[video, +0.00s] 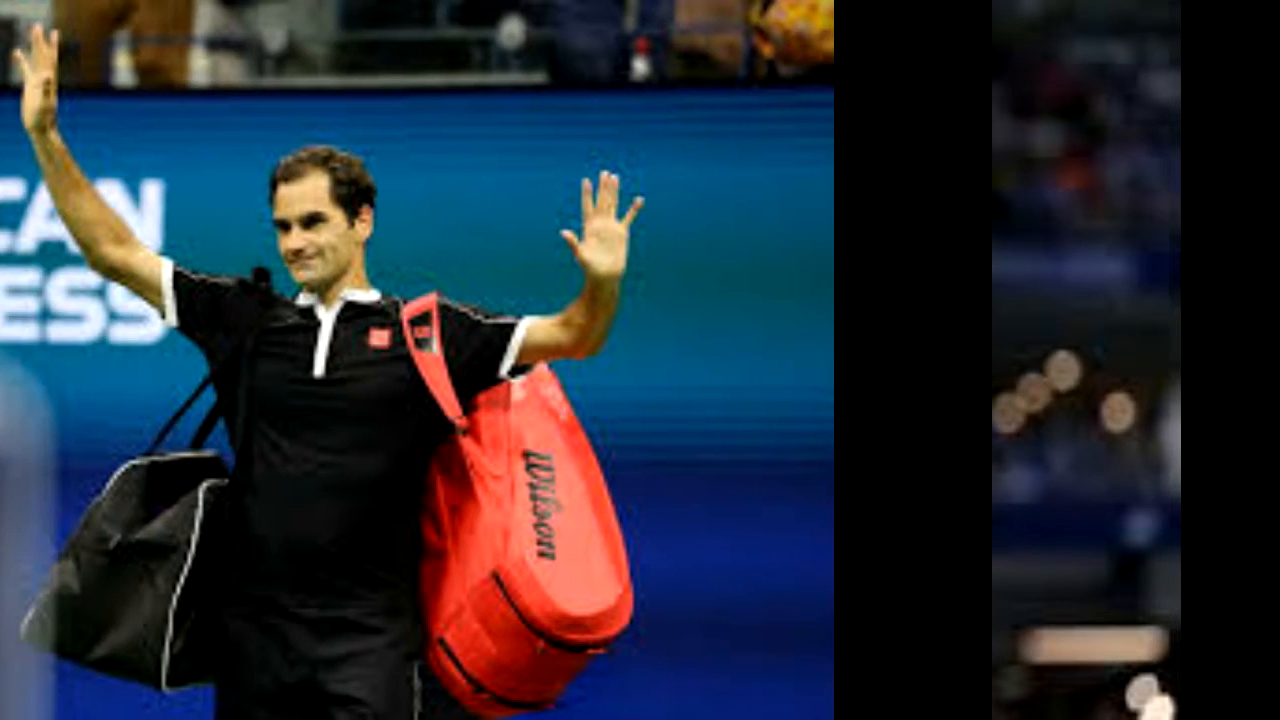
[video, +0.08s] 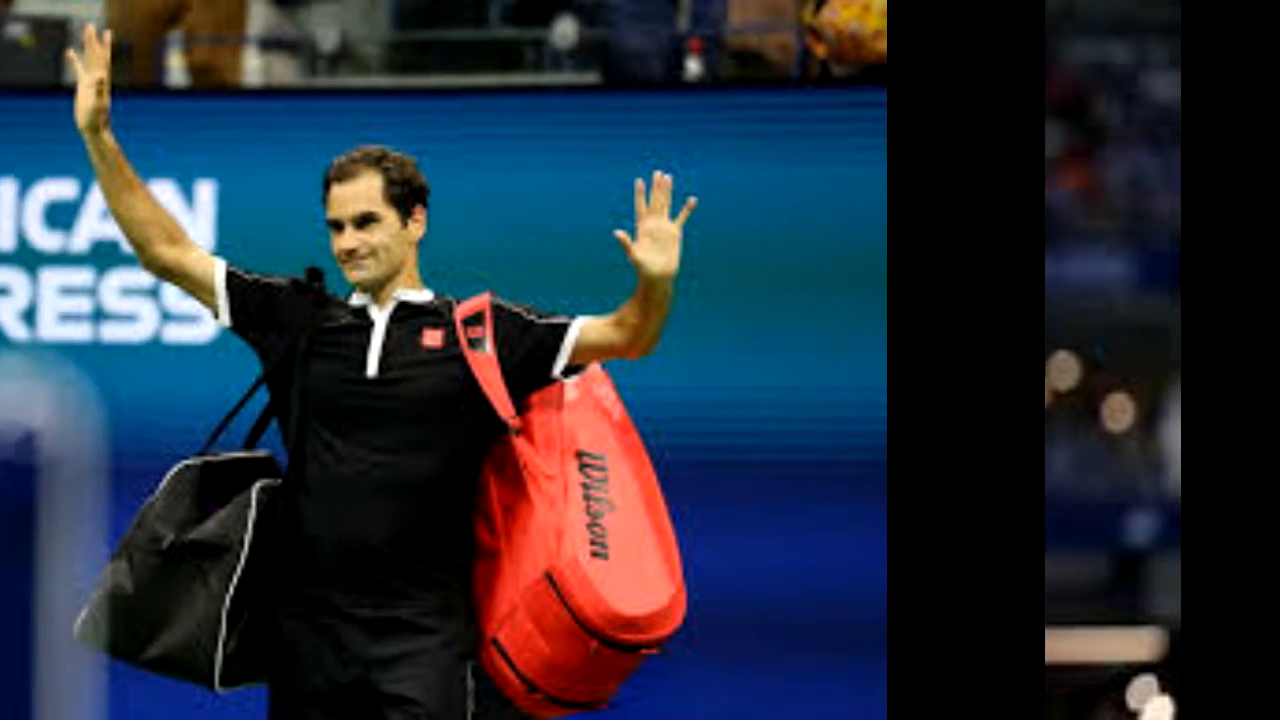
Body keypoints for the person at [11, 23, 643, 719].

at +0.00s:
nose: (294, 241)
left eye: (312, 224)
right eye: (283, 228)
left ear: (360, 224)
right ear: (273, 235)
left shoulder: (429, 329)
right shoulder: (242, 317)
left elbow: (574, 336)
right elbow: (111, 251)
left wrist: (603, 284)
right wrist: (42, 133)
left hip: (370, 626)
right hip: (256, 624)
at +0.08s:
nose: (347, 242)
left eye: (365, 224)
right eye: (336, 228)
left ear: (413, 225)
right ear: (327, 235)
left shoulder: (482, 329)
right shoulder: (295, 317)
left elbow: (628, 336)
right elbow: (164, 251)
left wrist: (656, 284)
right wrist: (95, 133)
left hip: (424, 627)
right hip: (310, 624)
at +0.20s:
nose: (425, 242)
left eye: (443, 224)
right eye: (414, 228)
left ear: (491, 225)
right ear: (404, 235)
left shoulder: (559, 329)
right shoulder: (372, 317)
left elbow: (705, 336)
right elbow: (242, 251)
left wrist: (734, 284)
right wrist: (173, 133)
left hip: (502, 628)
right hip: (387, 625)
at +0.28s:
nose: (477, 242)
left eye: (495, 224)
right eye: (466, 228)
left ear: (543, 225)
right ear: (456, 235)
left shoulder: (611, 329)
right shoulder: (424, 317)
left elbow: (757, 336)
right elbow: (294, 251)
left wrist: (786, 284)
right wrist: (225, 133)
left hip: (553, 628)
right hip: (439, 625)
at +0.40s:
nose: (555, 242)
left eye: (573, 224)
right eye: (544, 228)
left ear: (621, 225)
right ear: (534, 235)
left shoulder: (690, 329)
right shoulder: (503, 317)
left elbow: (835, 336)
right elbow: (372, 250)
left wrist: (864, 284)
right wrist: (302, 133)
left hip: (632, 628)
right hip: (518, 625)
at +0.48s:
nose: (581, 242)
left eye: (599, 224)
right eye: (570, 228)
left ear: (647, 225)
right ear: (560, 235)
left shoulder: (716, 329)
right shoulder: (529, 317)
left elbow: (861, 336)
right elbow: (398, 251)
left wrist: (889, 284)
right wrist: (328, 133)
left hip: (658, 627)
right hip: (543, 624)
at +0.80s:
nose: (581, 242)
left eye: (599, 224)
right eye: (570, 228)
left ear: (647, 225)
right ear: (560, 235)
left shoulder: (715, 329)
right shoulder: (528, 317)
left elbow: (861, 336)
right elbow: (398, 250)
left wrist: (890, 285)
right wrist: (328, 132)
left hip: (658, 628)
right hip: (544, 626)